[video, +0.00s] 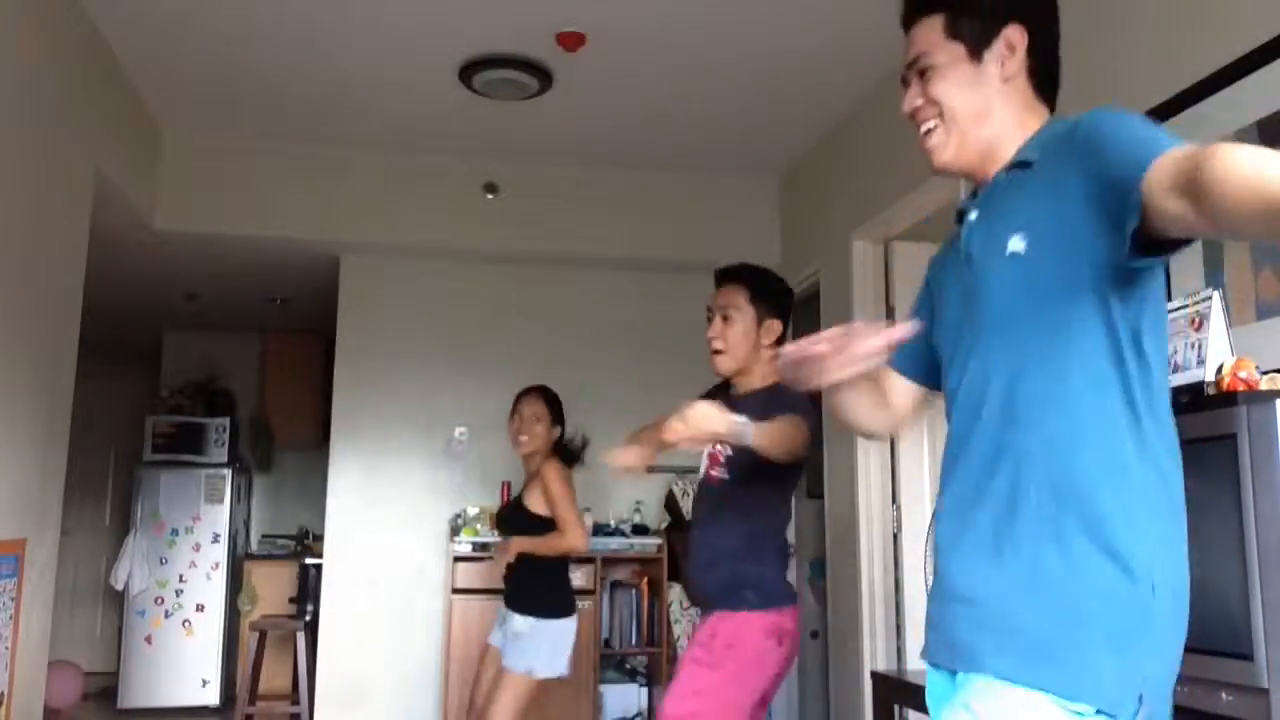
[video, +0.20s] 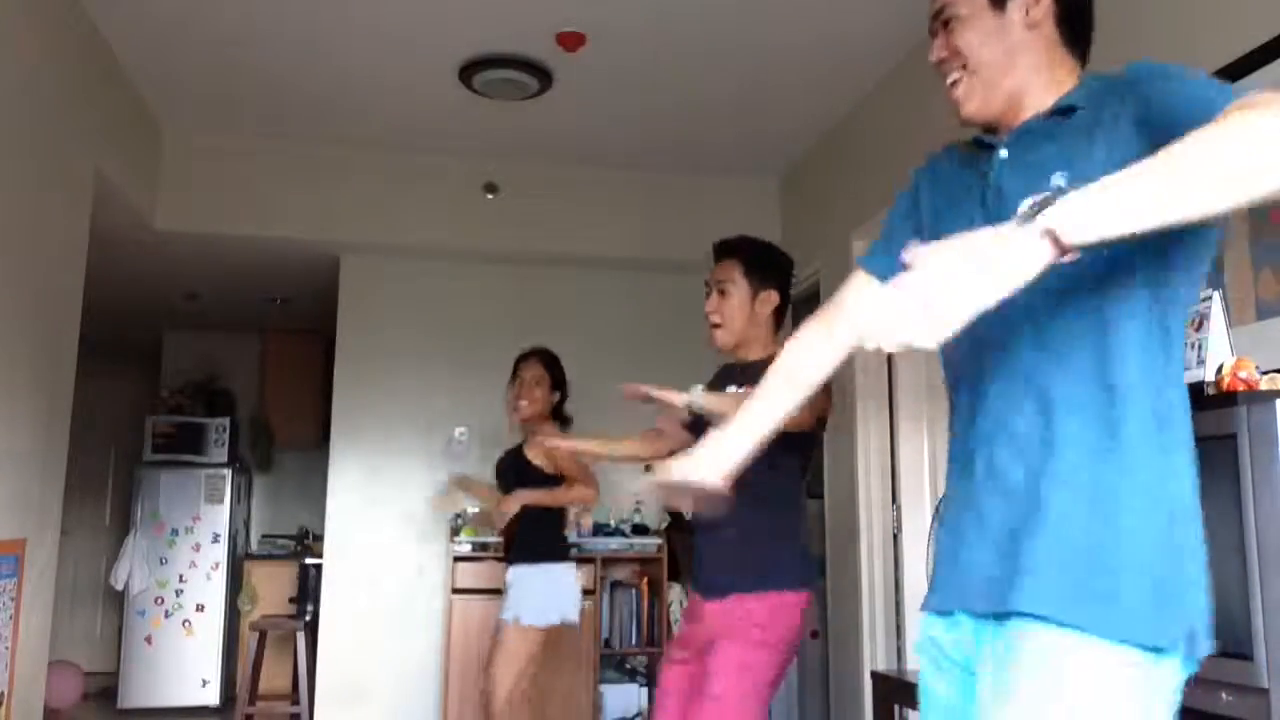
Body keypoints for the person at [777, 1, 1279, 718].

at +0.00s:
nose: (908, 102)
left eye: (925, 71)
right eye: (906, 84)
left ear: (1007, 53)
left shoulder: (1087, 147)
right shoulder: (951, 261)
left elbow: (1197, 183)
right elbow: (885, 410)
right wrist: (840, 376)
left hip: (1074, 622)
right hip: (969, 618)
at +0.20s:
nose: (935, 52)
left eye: (950, 22)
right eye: (933, 34)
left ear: (1033, 12)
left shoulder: (1141, 100)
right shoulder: (942, 180)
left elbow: (1271, 128)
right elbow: (848, 314)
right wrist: (734, 438)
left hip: (1108, 587)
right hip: (964, 583)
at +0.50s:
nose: (933, 82)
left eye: (939, 52)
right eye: (931, 61)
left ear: (1003, 26)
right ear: (992, 36)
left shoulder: (1152, 108)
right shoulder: (957, 206)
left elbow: (1277, 142)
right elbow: (864, 352)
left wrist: (1143, 233)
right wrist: (705, 470)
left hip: (1149, 622)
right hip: (986, 617)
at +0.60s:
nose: (923, 84)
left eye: (927, 53)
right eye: (920, 61)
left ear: (986, 26)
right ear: (985, 31)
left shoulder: (1122, 95)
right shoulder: (963, 206)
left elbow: (1248, 134)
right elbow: (893, 355)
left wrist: (1262, 254)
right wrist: (777, 379)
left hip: (1121, 591)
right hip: (976, 586)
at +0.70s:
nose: (908, 125)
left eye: (909, 93)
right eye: (904, 101)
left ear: (967, 68)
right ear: (967, 72)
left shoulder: (1101, 137)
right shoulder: (969, 235)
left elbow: (1210, 195)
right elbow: (924, 406)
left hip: (1098, 614)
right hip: (978, 609)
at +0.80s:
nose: (902, 143)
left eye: (902, 113)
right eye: (896, 119)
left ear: (960, 86)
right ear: (959, 91)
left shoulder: (1102, 158)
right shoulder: (975, 256)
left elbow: (1229, 208)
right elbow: (915, 421)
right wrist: (890, 343)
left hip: (1097, 614)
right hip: (999, 611)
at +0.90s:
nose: (910, 117)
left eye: (915, 84)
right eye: (904, 95)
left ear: (987, 46)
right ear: (983, 53)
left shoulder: (1127, 115)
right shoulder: (965, 212)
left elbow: (1258, 135)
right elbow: (895, 366)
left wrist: (1267, 187)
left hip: (1111, 592)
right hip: (995, 591)